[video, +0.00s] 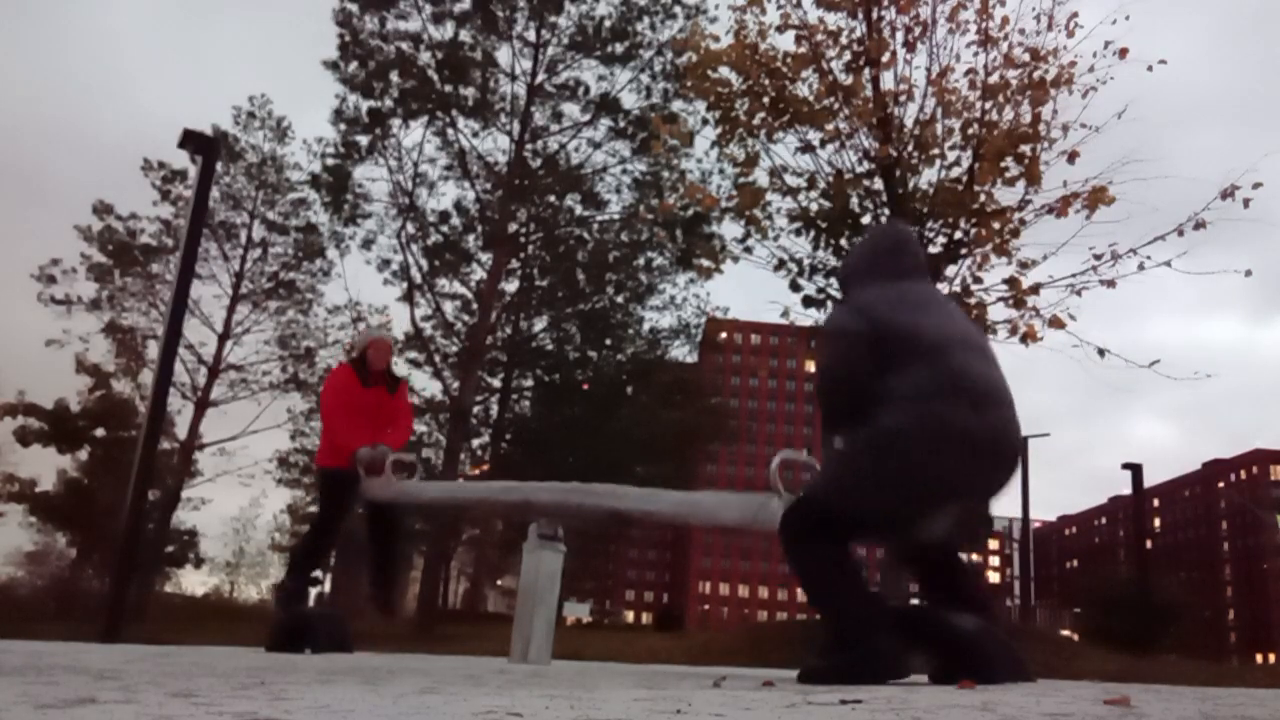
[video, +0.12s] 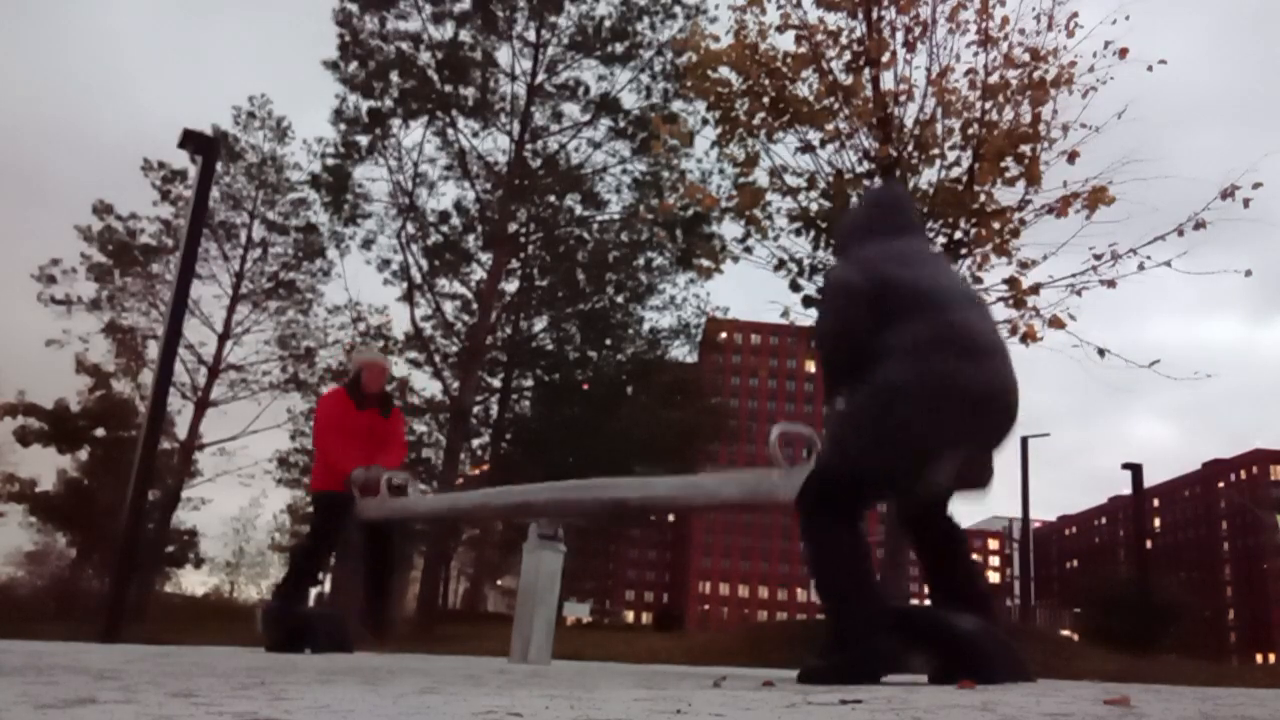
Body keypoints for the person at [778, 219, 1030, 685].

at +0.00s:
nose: (846, 283)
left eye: (849, 274)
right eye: (848, 275)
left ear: (860, 269)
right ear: (916, 266)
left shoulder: (860, 307)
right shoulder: (942, 307)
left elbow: (837, 394)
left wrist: (849, 443)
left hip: (915, 441)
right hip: (993, 443)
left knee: (806, 526)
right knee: (927, 547)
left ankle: (862, 646)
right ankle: (987, 652)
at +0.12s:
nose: (841, 247)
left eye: (844, 239)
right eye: (843, 241)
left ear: (858, 231)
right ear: (907, 225)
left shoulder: (858, 265)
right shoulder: (934, 263)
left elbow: (836, 345)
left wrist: (840, 393)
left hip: (912, 397)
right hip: (989, 397)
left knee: (824, 505)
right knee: (923, 510)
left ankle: (858, 644)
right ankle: (980, 639)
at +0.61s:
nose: (859, 128)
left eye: (864, 120)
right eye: (860, 122)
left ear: (883, 109)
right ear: (921, 108)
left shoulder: (884, 139)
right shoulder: (956, 145)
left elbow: (850, 215)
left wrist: (832, 292)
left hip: (914, 271)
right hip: (983, 281)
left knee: (830, 368)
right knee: (906, 392)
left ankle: (844, 506)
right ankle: (947, 522)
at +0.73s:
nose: (865, 124)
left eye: (869, 114)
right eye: (865, 117)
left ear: (888, 99)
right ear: (925, 94)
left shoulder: (894, 124)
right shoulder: (959, 131)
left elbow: (853, 202)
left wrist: (824, 272)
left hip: (912, 258)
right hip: (980, 269)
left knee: (830, 354)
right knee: (907, 384)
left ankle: (839, 496)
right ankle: (939, 519)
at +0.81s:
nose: (869, 118)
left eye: (873, 107)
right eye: (869, 110)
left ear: (893, 93)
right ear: (930, 88)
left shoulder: (899, 120)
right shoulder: (966, 135)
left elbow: (851, 197)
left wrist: (810, 259)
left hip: (897, 271)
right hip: (965, 282)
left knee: (828, 360)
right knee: (909, 386)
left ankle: (840, 492)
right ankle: (940, 520)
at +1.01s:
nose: (867, 110)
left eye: (873, 98)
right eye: (866, 99)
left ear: (899, 91)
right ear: (926, 89)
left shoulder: (926, 118)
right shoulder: (956, 132)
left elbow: (888, 163)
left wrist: (816, 193)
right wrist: (832, 203)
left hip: (910, 277)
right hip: (964, 287)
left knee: (822, 356)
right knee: (906, 399)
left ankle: (839, 482)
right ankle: (950, 532)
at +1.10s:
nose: (871, 118)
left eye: (878, 106)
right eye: (871, 107)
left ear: (904, 100)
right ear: (926, 98)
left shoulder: (938, 129)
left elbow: (930, 164)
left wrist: (839, 182)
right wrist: (847, 208)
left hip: (925, 295)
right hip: (963, 305)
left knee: (822, 367)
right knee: (905, 415)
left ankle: (838, 496)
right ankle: (961, 549)